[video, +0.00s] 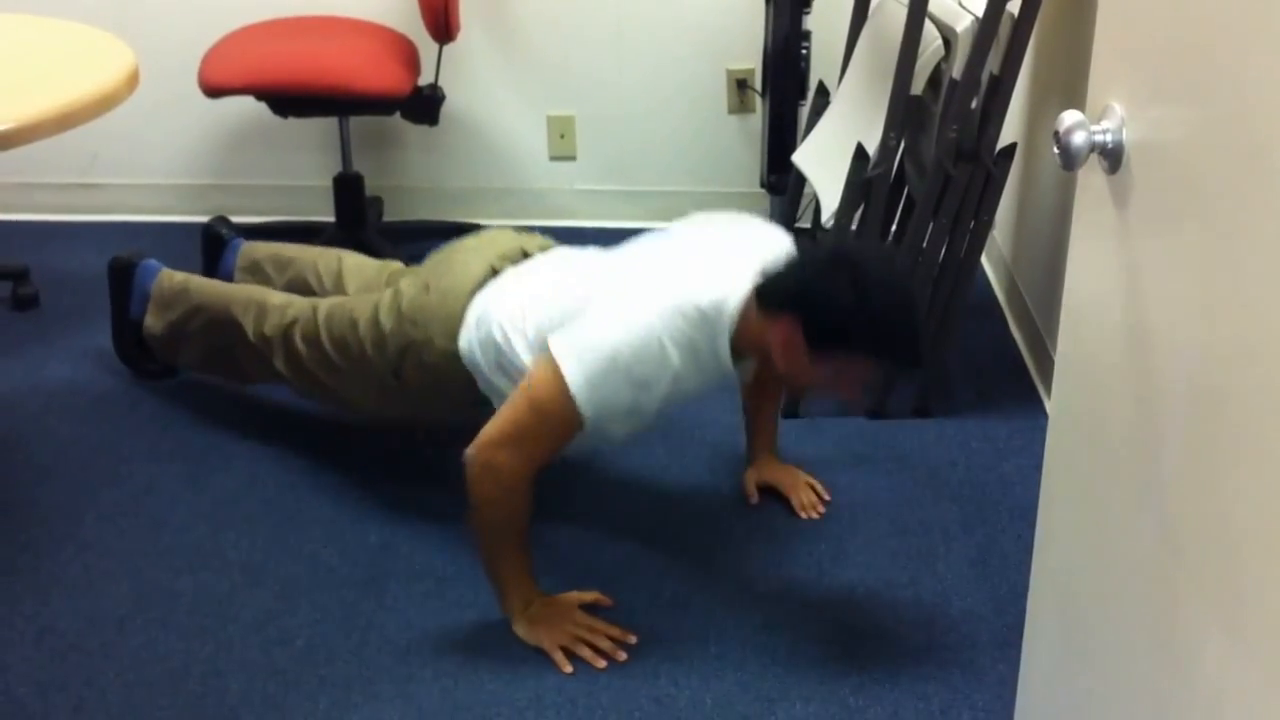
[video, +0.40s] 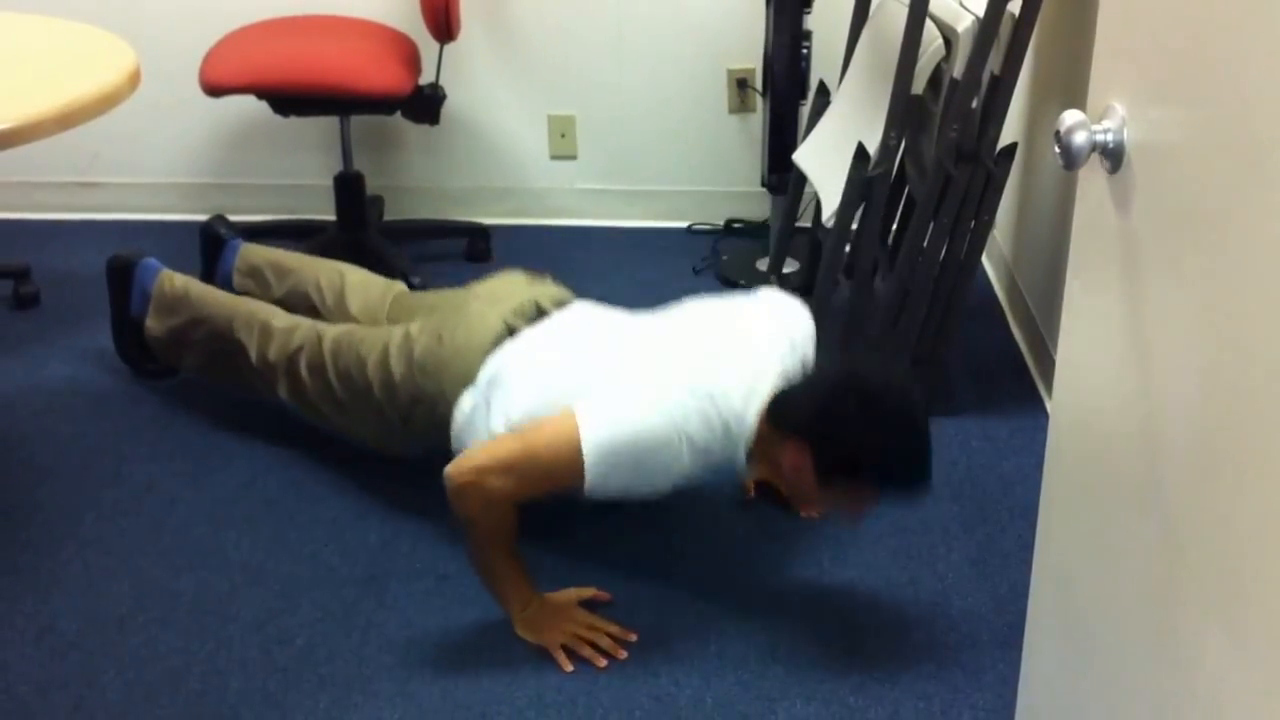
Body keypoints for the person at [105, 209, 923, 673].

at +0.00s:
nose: (838, 395)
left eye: (857, 387)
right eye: (842, 380)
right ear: (791, 340)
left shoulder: (770, 248)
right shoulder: (644, 345)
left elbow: (765, 357)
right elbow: (493, 462)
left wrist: (762, 454)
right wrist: (527, 606)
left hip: (522, 255)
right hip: (462, 325)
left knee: (375, 282)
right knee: (295, 337)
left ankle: (245, 250)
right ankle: (157, 308)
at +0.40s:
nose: (841, 513)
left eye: (856, 501)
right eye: (843, 498)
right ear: (804, 454)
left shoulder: (788, 320)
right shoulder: (663, 436)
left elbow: (695, 321)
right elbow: (473, 481)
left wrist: (751, 443)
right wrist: (527, 606)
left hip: (538, 301)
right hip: (461, 379)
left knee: (391, 305)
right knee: (292, 355)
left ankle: (242, 254)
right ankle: (161, 304)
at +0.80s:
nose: (824, 400)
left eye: (840, 392)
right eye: (825, 385)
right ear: (779, 345)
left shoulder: (766, 251)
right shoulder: (636, 350)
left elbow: (762, 357)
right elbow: (482, 468)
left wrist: (763, 453)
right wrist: (527, 604)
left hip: (518, 253)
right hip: (455, 325)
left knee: (373, 277)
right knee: (294, 332)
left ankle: (238, 248)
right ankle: (155, 303)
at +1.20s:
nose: (818, 471)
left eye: (830, 469)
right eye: (825, 461)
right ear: (795, 428)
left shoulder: (781, 299)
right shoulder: (659, 409)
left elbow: (756, 371)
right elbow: (468, 474)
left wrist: (766, 446)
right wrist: (527, 602)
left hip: (532, 290)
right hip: (457, 369)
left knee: (384, 296)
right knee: (290, 351)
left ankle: (238, 250)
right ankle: (156, 300)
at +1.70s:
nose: (819, 358)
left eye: (835, 349)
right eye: (823, 344)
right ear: (779, 314)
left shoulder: (762, 222)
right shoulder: (628, 318)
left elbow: (763, 340)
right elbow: (504, 452)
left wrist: (766, 451)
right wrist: (527, 595)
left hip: (509, 242)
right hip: (452, 315)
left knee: (367, 269)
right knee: (286, 332)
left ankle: (232, 246)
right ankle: (150, 303)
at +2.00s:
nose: (829, 452)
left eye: (845, 449)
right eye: (837, 443)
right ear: (800, 404)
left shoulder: (782, 287)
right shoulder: (669, 383)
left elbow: (757, 371)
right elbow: (478, 468)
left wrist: (764, 446)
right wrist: (529, 600)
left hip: (529, 277)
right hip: (463, 358)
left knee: (374, 283)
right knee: (292, 344)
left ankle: (233, 245)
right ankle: (154, 299)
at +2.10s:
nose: (838, 545)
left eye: (854, 536)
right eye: (843, 532)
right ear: (805, 496)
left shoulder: (795, 361)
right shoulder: (676, 458)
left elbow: (785, 302)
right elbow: (479, 478)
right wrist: (529, 599)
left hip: (543, 313)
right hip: (467, 386)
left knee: (391, 303)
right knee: (298, 354)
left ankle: (239, 250)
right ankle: (162, 297)